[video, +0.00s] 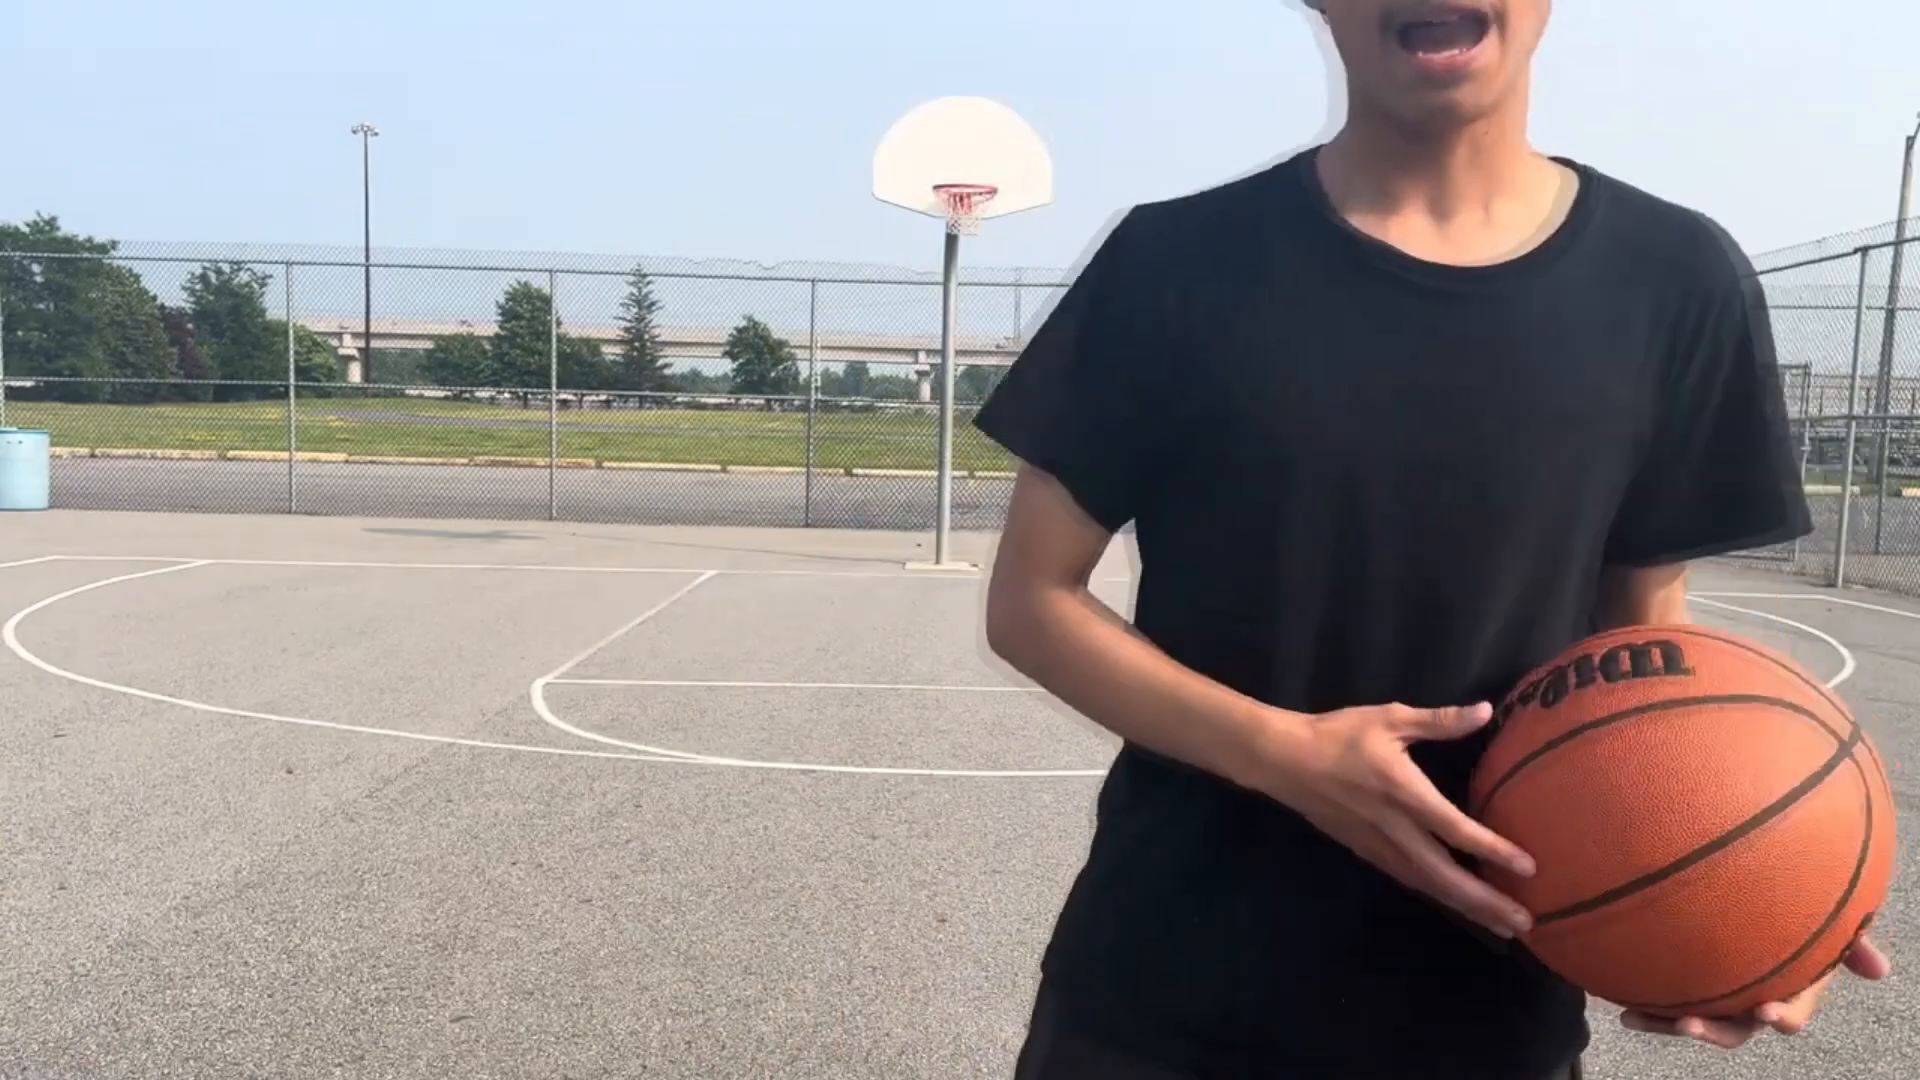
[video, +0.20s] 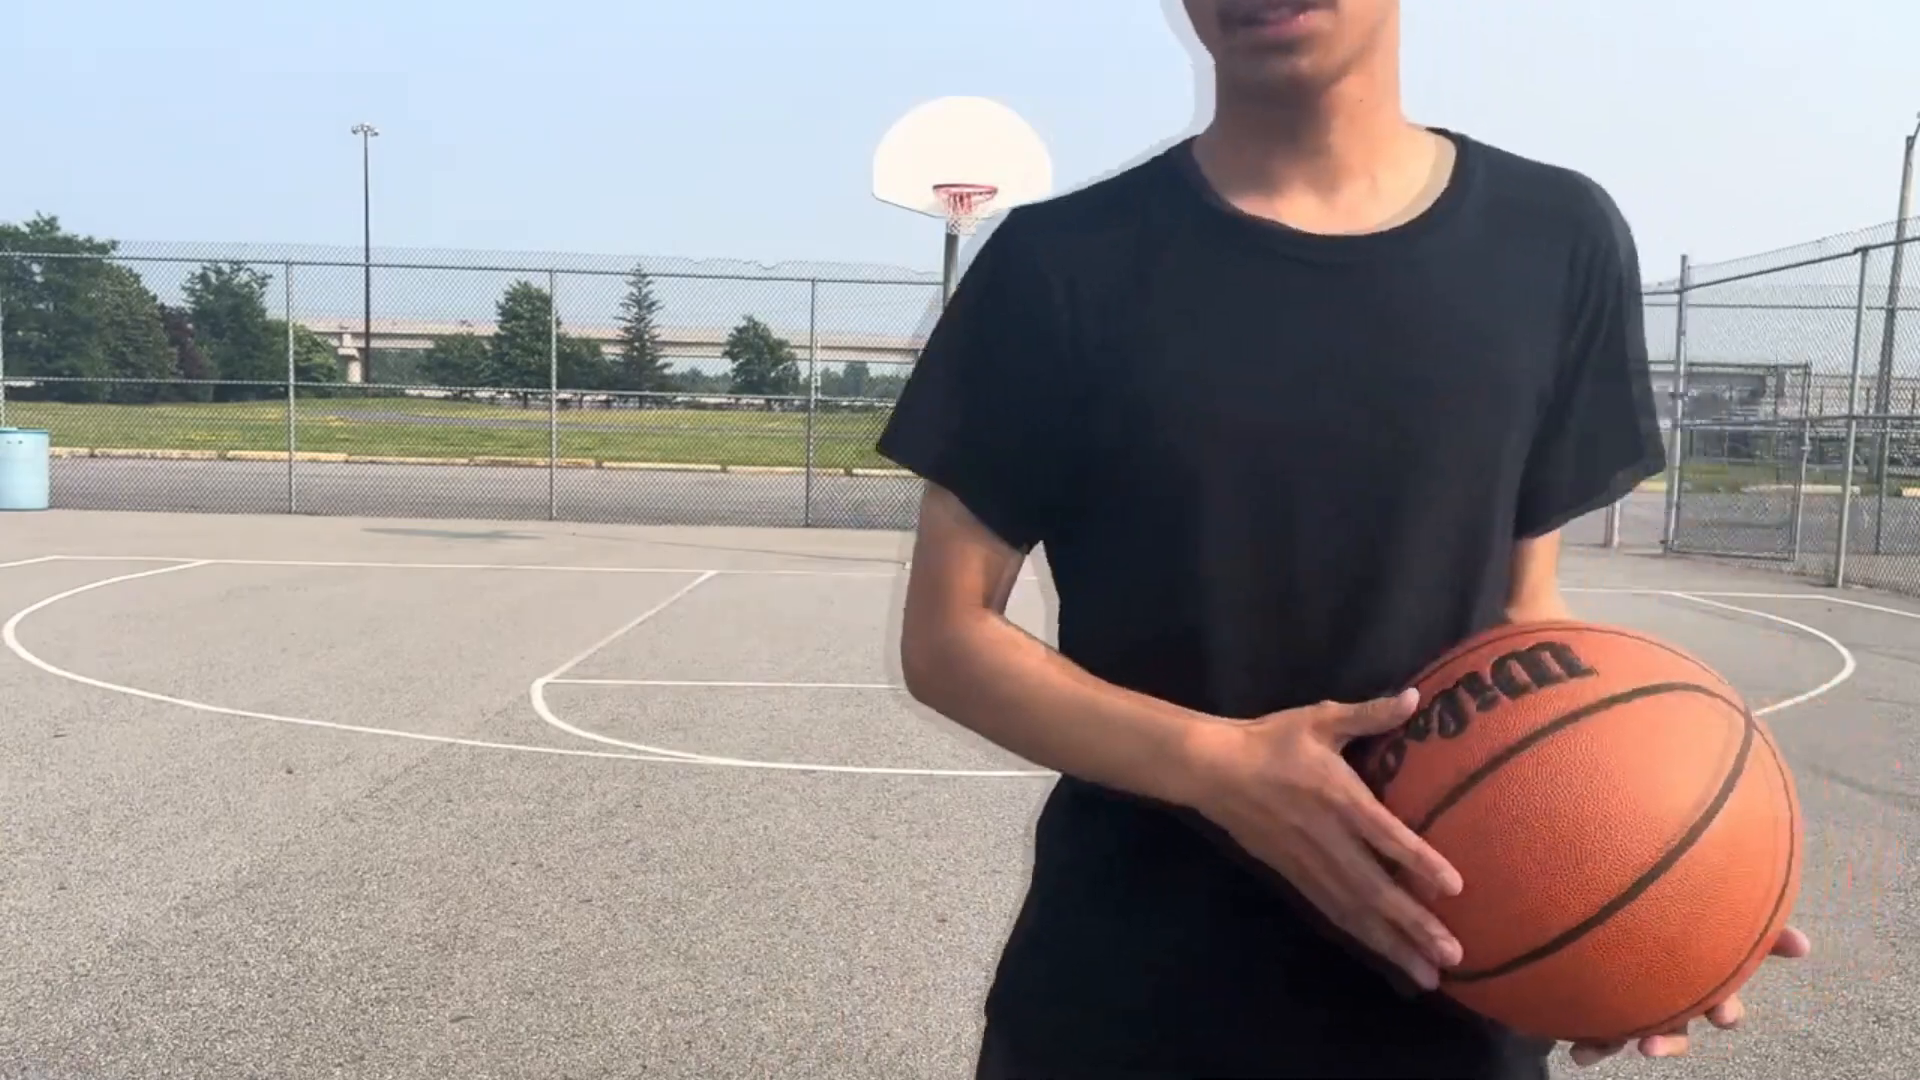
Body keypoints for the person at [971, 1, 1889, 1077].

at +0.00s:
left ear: (1545, 2)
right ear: (1321, 2)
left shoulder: (1676, 281)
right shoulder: (1171, 265)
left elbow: (1646, 635)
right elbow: (1027, 599)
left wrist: (1717, 892)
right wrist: (1282, 752)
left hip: (1485, 1029)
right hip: (1166, 1011)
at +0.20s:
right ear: (1180, 0)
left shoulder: (1556, 240)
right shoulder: (1054, 265)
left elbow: (1522, 611)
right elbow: (943, 636)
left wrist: (1627, 889)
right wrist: (1212, 763)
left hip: (1442, 1020)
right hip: (1124, 1017)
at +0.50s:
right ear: (983, 0)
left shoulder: (1420, 173)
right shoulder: (893, 297)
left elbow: (1472, 516)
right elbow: (831, 653)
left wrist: (1516, 771)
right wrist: (1005, 768)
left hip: (1391, 972)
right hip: (1046, 999)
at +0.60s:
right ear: (909, 8)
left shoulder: (1387, 167)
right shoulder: (861, 323)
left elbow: (1470, 524)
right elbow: (827, 666)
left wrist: (1477, 820)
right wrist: (974, 805)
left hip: (1371, 947)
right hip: (1036, 987)